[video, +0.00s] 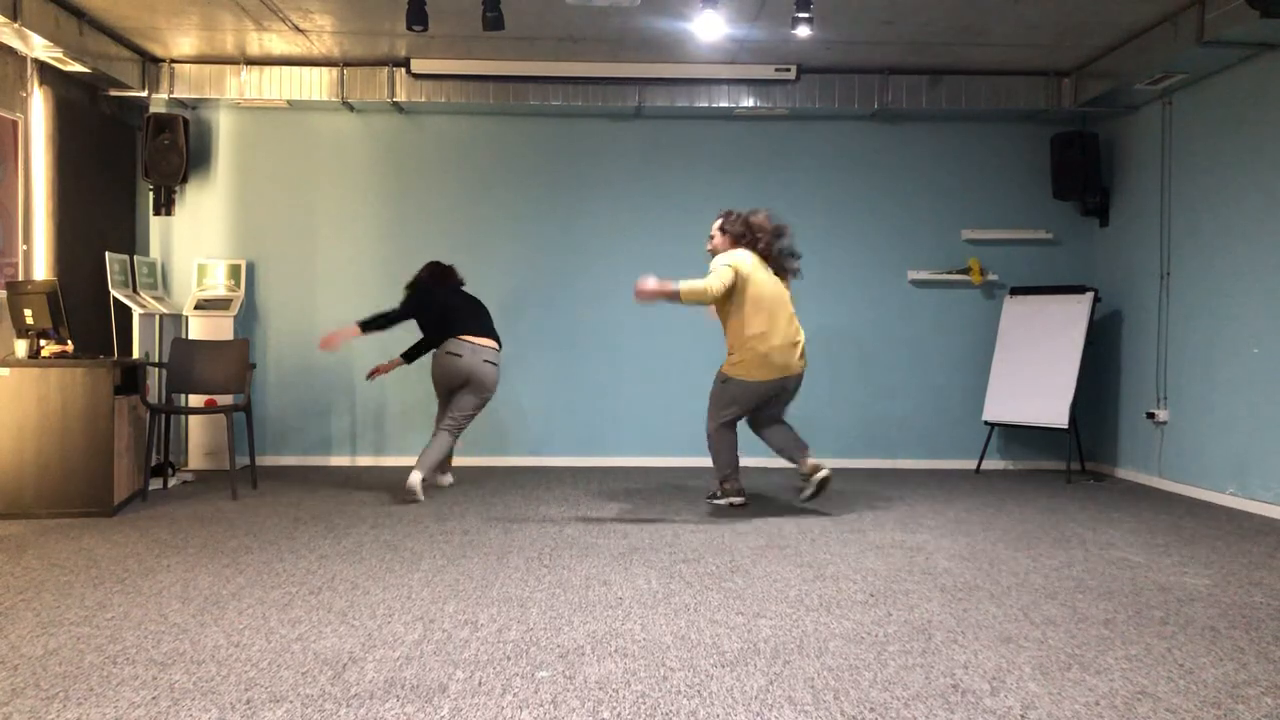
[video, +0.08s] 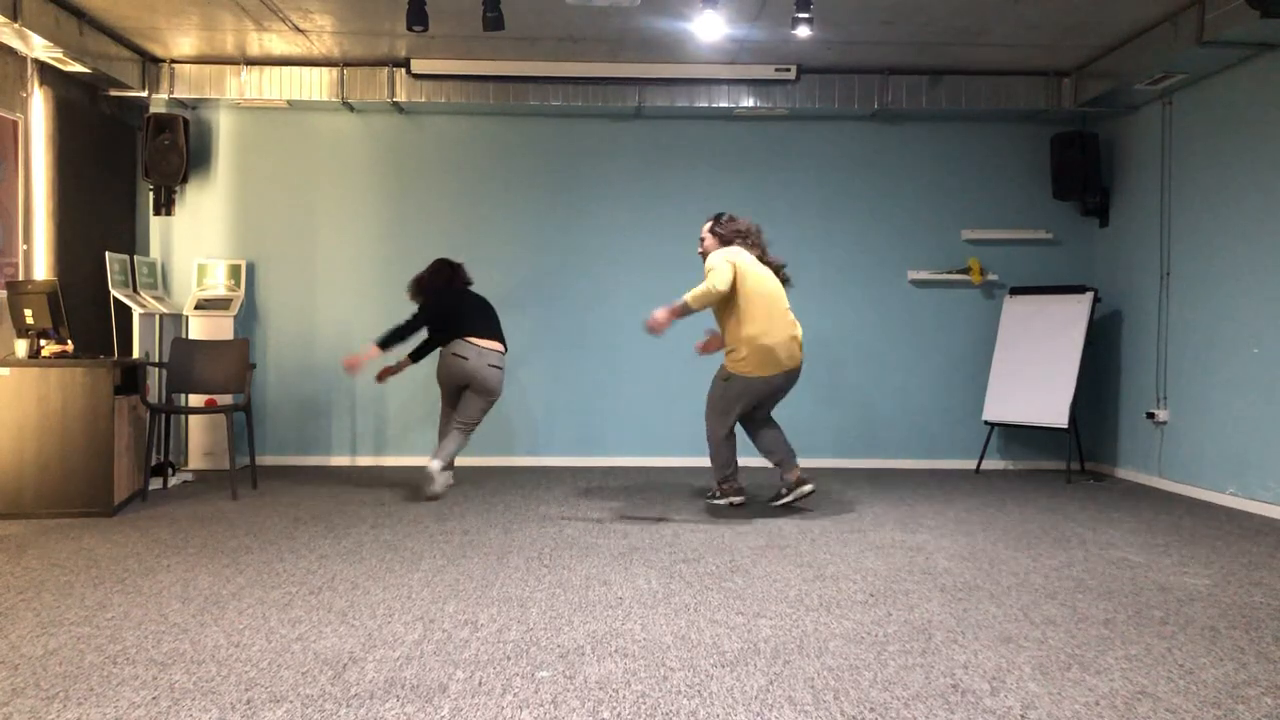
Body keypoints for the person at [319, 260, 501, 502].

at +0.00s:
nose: (415, 285)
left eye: (418, 280)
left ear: (423, 279)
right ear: (453, 281)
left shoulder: (424, 295)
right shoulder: (467, 301)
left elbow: (392, 317)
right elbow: (431, 340)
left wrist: (348, 332)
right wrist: (393, 364)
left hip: (452, 353)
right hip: (488, 362)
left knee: (445, 415)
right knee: (449, 428)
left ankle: (443, 472)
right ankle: (418, 474)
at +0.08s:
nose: (422, 293)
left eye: (425, 287)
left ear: (430, 283)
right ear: (459, 280)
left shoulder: (438, 300)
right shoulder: (474, 301)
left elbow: (406, 328)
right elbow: (434, 340)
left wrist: (365, 356)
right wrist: (399, 366)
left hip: (457, 354)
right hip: (493, 365)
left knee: (448, 413)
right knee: (463, 428)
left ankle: (445, 471)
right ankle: (437, 464)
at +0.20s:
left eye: (458, 265)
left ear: (458, 268)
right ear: (487, 268)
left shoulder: (451, 295)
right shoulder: (498, 288)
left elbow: (450, 334)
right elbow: (504, 326)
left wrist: (451, 364)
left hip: (468, 347)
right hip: (503, 348)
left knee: (460, 410)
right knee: (507, 412)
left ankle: (449, 469)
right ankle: (502, 461)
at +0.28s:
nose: (503, 261)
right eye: (501, 258)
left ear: (471, 261)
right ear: (495, 260)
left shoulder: (464, 289)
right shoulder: (509, 276)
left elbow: (474, 313)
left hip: (476, 344)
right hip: (510, 343)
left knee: (473, 405)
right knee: (533, 407)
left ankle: (454, 464)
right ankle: (526, 472)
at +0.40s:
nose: (524, 247)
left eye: (522, 243)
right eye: (521, 244)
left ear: (497, 251)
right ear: (511, 248)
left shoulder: (493, 275)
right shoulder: (524, 261)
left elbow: (536, 287)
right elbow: (554, 272)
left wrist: (574, 291)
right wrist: (580, 280)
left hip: (498, 349)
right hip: (526, 344)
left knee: (533, 402)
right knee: (546, 411)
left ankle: (507, 452)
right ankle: (531, 471)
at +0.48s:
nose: (536, 244)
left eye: (534, 239)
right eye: (531, 240)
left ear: (511, 248)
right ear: (518, 245)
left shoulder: (513, 271)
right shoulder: (529, 258)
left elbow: (557, 274)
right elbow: (562, 258)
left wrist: (594, 273)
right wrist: (598, 255)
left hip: (508, 347)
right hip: (525, 342)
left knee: (558, 404)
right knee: (552, 407)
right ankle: (532, 472)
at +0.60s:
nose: (548, 240)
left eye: (550, 236)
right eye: (541, 237)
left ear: (557, 240)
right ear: (528, 244)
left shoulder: (560, 264)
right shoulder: (526, 262)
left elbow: (583, 266)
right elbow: (555, 258)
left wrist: (603, 265)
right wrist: (590, 252)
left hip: (558, 347)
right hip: (532, 348)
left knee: (577, 407)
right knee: (563, 407)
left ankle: (556, 466)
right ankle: (530, 465)